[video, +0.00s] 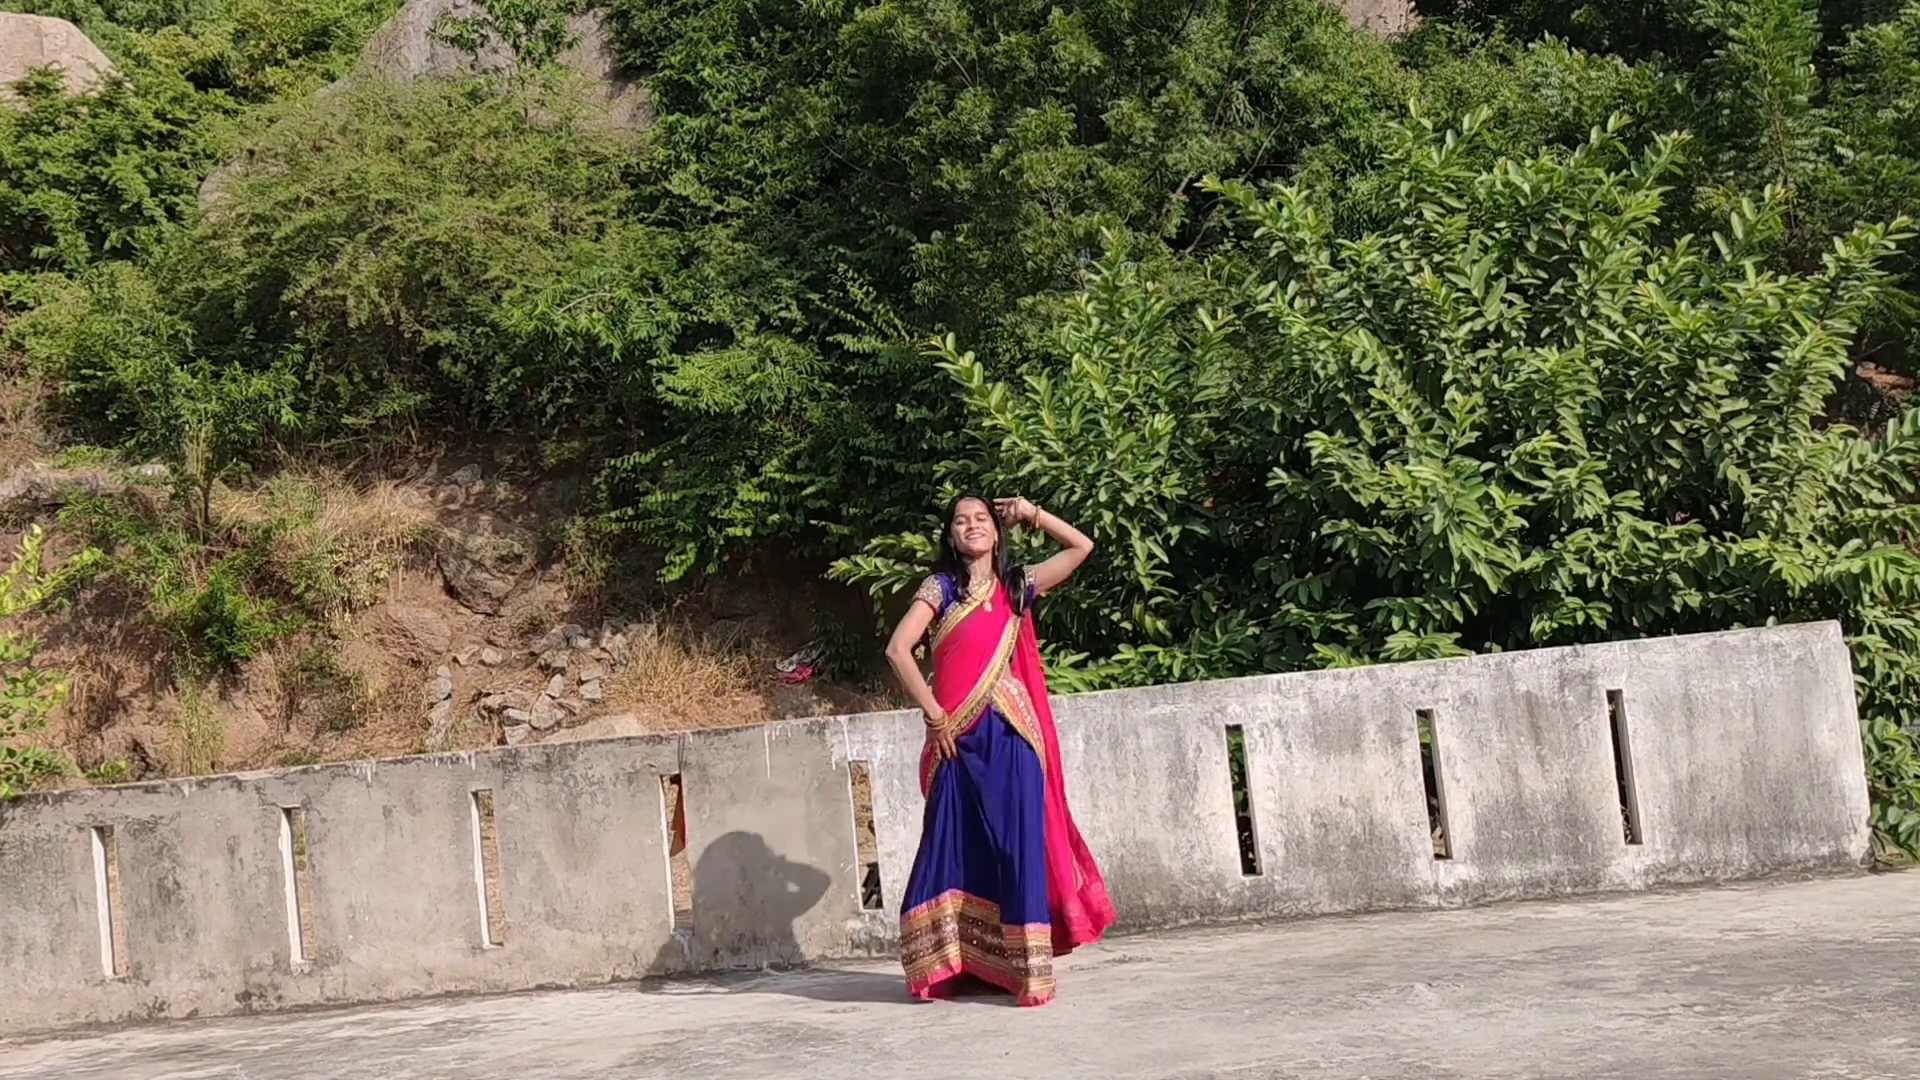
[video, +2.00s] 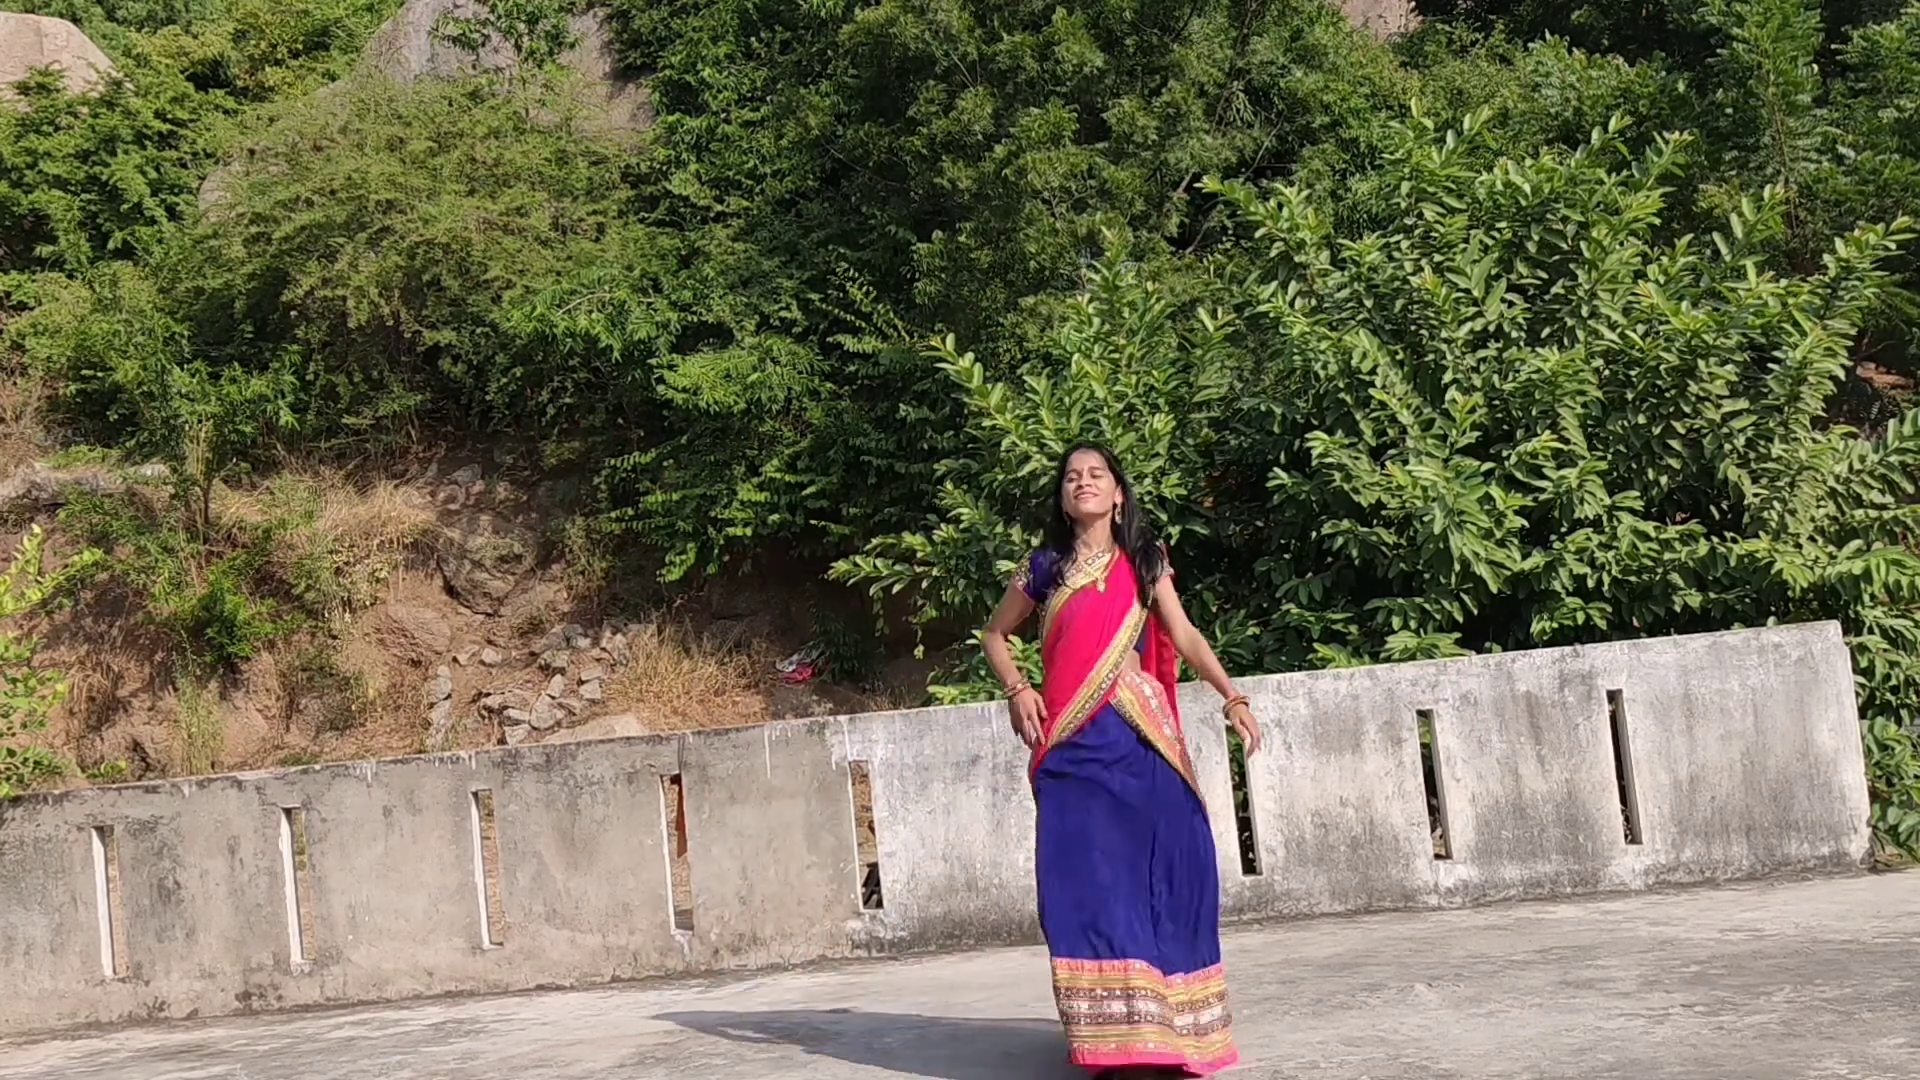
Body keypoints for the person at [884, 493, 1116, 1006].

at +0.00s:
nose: (972, 526)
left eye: (980, 518)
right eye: (962, 521)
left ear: (998, 530)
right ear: (951, 537)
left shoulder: (1019, 585)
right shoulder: (942, 588)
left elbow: (1080, 548)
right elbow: (897, 649)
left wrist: (1032, 514)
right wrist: (935, 716)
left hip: (1014, 728)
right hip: (960, 732)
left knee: (1021, 846)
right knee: (964, 846)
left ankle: (1030, 969)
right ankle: (965, 963)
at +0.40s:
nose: (999, 524)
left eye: (1006, 514)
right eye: (989, 519)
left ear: (1026, 522)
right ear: (979, 533)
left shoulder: (1050, 578)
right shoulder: (966, 584)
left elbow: (1126, 551)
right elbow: (904, 639)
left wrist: (1081, 511)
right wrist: (945, 703)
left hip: (1036, 714)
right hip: (980, 721)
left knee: (1052, 818)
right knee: (1038, 804)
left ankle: (1045, 962)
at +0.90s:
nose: (1030, 545)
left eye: (1038, 533)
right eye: (1019, 537)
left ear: (1059, 535)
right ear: (1009, 545)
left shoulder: (1085, 582)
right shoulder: (1002, 601)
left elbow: (1123, 537)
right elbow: (956, 668)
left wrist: (1166, 493)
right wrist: (983, 686)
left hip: (1072, 726)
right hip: (1018, 732)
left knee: (1072, 846)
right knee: (1037, 852)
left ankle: (1088, 979)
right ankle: (1056, 980)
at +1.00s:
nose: (1035, 540)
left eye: (1044, 529)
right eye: (1024, 531)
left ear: (1062, 534)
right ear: (1011, 540)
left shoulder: (1090, 579)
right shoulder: (1001, 604)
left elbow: (1145, 559)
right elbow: (986, 674)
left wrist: (1206, 542)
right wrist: (994, 714)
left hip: (1084, 734)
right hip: (1025, 740)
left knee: (1086, 855)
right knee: (1037, 860)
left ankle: (1100, 983)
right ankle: (1051, 988)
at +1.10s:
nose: (1038, 529)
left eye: (1049, 518)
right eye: (1028, 519)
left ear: (1066, 526)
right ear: (1015, 529)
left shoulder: (1093, 576)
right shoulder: (1003, 596)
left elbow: (1160, 596)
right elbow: (1006, 674)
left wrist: (1228, 617)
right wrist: (1026, 741)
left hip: (1097, 735)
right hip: (1035, 739)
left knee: (1105, 854)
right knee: (1040, 859)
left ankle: (1106, 982)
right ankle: (1053, 989)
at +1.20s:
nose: (1043, 515)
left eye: (1054, 506)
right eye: (1034, 505)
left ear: (1072, 516)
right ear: (1018, 513)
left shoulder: (1093, 575)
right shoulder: (1005, 585)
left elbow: (1151, 629)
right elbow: (1012, 669)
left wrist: (1210, 682)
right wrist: (1041, 745)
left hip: (1102, 726)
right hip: (1043, 732)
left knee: (1113, 850)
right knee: (1042, 857)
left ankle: (1122, 987)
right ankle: (1049, 994)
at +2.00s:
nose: (1084, 483)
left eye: (1096, 475)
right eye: (1073, 477)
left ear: (1120, 493)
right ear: (1061, 497)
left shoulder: (1143, 560)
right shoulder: (1044, 567)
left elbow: (1185, 635)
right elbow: (994, 635)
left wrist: (1232, 697)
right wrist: (1016, 690)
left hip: (1143, 746)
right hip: (1071, 751)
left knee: (1161, 881)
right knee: (1088, 888)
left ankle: (1169, 1031)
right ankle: (1109, 1037)